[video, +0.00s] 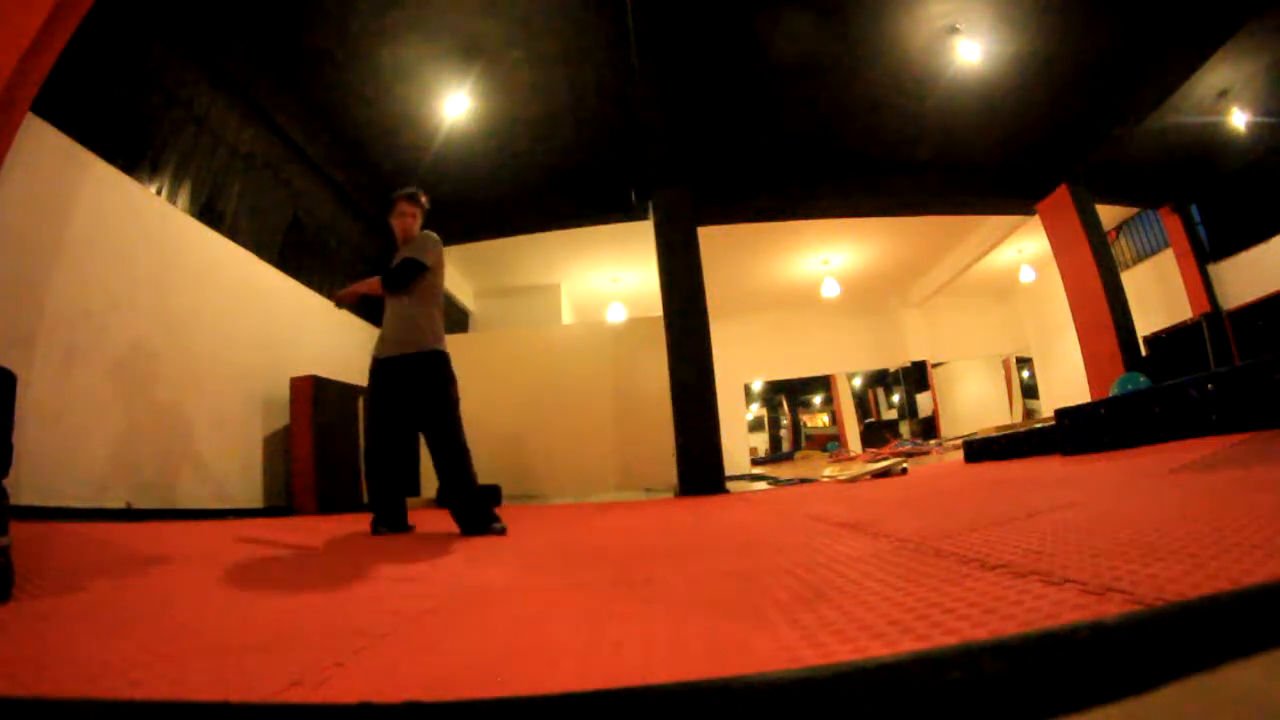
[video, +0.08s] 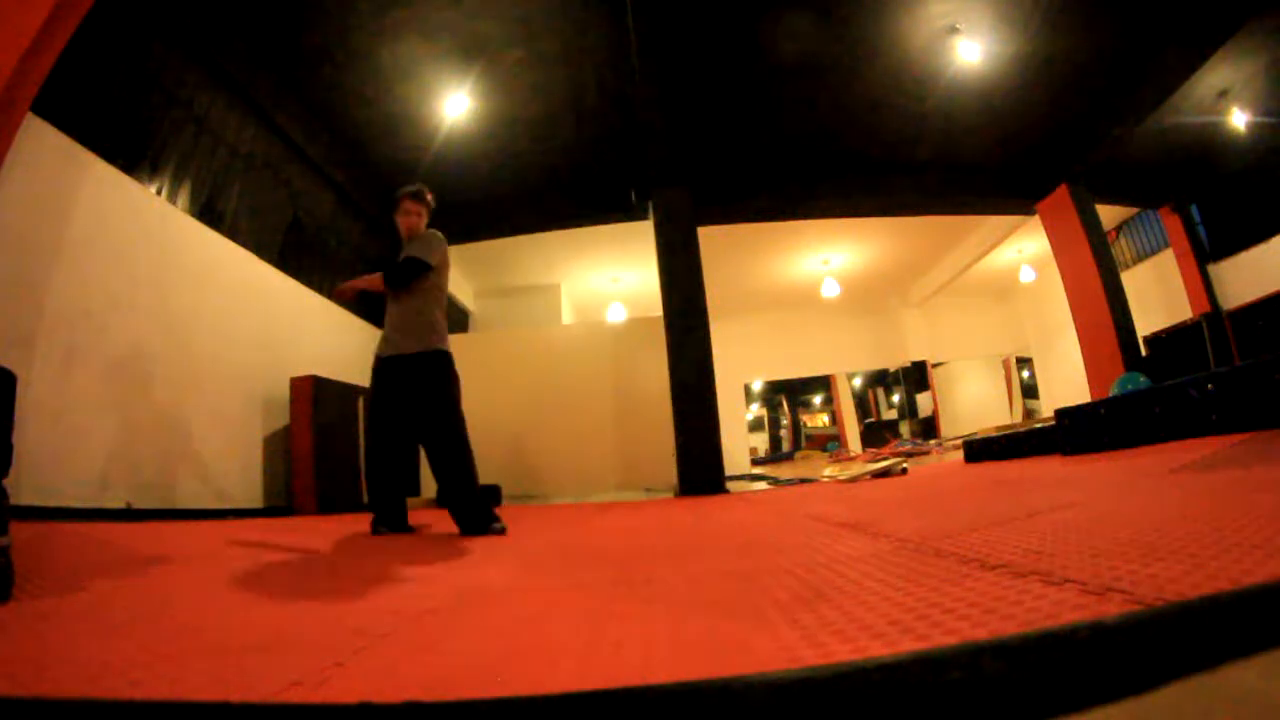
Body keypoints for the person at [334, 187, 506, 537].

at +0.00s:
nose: (406, 221)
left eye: (413, 216)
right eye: (401, 215)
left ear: (422, 221)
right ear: (390, 219)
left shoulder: (428, 242)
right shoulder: (393, 261)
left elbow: (400, 281)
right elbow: (393, 314)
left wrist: (358, 288)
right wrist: (357, 299)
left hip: (426, 358)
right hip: (388, 362)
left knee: (447, 443)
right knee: (386, 445)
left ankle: (474, 518)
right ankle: (390, 518)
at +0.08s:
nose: (410, 220)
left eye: (417, 214)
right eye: (404, 213)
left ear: (428, 218)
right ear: (395, 217)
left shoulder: (432, 241)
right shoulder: (398, 258)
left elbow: (402, 279)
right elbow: (399, 304)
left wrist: (358, 284)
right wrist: (362, 292)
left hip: (429, 358)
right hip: (392, 361)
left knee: (447, 442)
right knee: (386, 444)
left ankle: (473, 517)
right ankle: (389, 517)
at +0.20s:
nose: (427, 218)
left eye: (434, 212)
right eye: (422, 211)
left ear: (443, 216)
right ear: (411, 213)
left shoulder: (449, 242)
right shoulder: (404, 257)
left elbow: (432, 271)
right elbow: (407, 305)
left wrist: (377, 271)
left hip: (439, 361)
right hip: (399, 361)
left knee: (451, 443)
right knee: (391, 443)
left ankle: (473, 517)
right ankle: (391, 516)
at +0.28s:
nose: (446, 220)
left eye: (452, 215)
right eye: (440, 212)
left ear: (458, 218)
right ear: (424, 210)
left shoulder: (461, 245)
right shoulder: (406, 252)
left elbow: (489, 268)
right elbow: (398, 298)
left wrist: (475, 271)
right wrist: (375, 324)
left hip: (448, 361)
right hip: (404, 362)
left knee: (459, 444)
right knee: (394, 444)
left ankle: (473, 517)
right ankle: (390, 516)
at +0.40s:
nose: (483, 231)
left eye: (490, 227)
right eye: (481, 222)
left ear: (491, 228)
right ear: (461, 210)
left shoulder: (490, 256)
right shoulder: (418, 245)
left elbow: (534, 276)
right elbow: (369, 266)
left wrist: (580, 291)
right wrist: (323, 273)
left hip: (464, 364)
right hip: (415, 363)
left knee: (477, 438)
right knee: (403, 444)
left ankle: (478, 516)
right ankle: (390, 517)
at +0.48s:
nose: (515, 253)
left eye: (521, 248)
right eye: (515, 243)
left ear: (519, 244)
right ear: (496, 228)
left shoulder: (505, 267)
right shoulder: (443, 248)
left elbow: (534, 288)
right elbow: (381, 247)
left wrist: (568, 308)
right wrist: (321, 234)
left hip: (470, 366)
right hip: (423, 365)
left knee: (494, 427)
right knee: (415, 444)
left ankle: (475, 512)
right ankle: (391, 517)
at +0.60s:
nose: (560, 316)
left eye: (566, 312)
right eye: (564, 307)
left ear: (552, 285)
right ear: (552, 284)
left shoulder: (527, 304)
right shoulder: (505, 288)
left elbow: (533, 337)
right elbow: (508, 316)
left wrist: (556, 366)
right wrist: (538, 320)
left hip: (472, 376)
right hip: (433, 371)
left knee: (506, 432)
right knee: (436, 445)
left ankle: (472, 514)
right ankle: (396, 516)